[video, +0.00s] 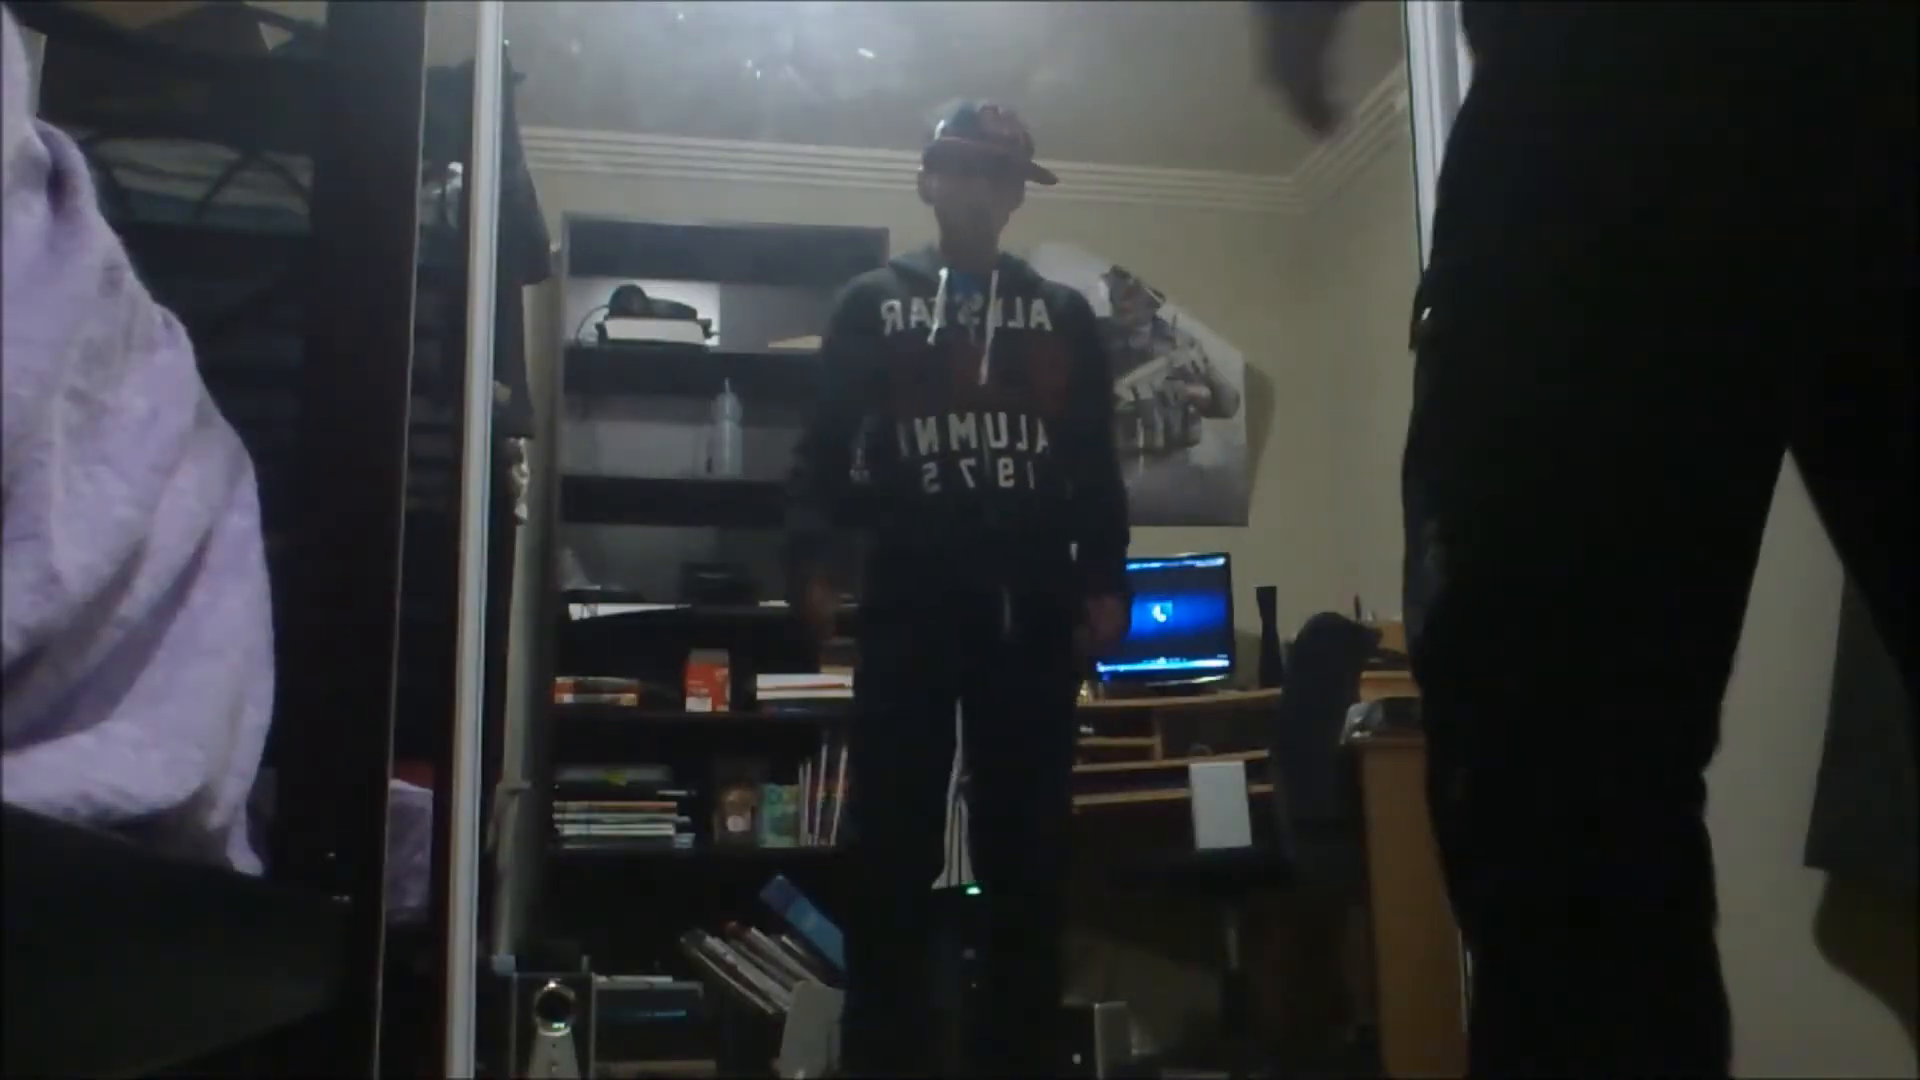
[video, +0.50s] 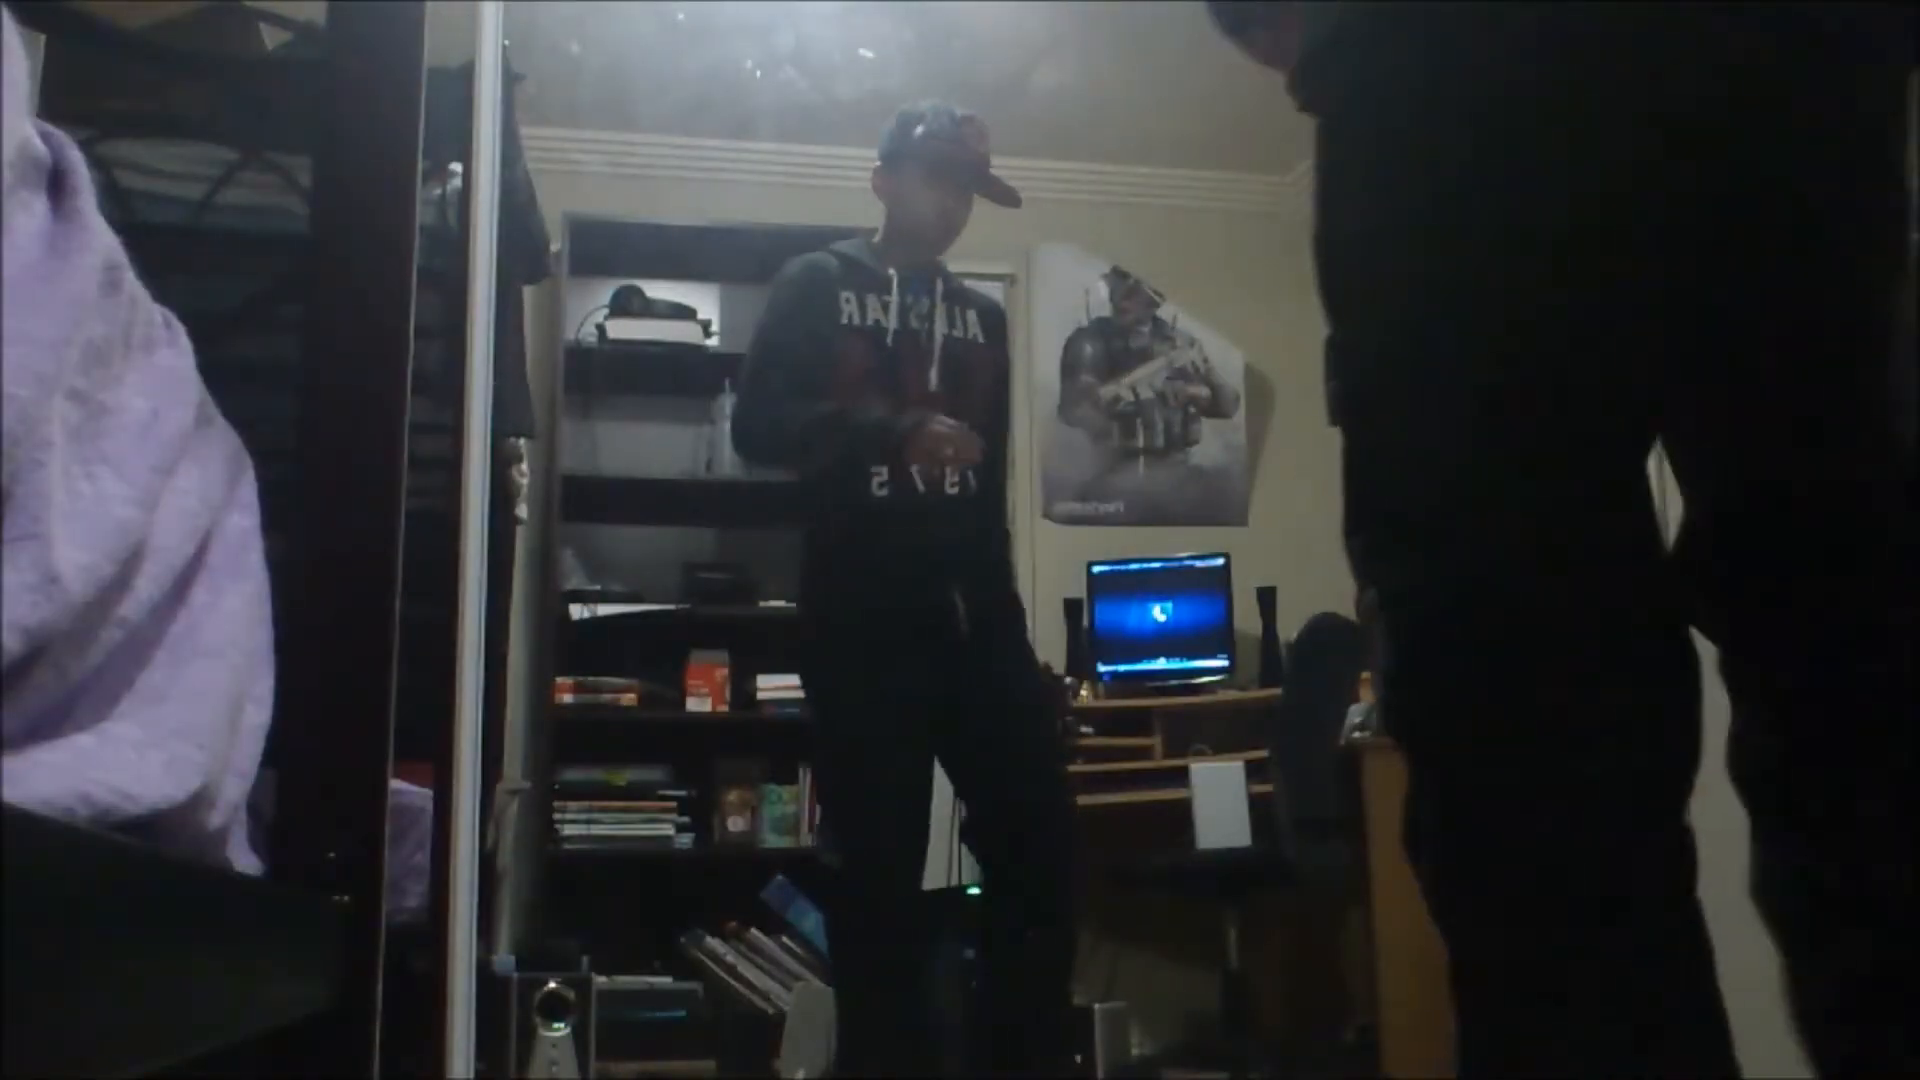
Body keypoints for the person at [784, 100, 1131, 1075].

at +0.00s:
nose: (981, 188)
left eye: (1001, 174)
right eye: (965, 167)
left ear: (1022, 191)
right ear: (927, 179)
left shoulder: (1063, 313)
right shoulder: (873, 304)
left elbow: (1096, 458)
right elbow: (823, 448)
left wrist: (1107, 581)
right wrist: (811, 564)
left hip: (1032, 600)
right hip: (907, 596)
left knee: (1024, 840)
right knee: (894, 837)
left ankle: (1019, 1050)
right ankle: (887, 1049)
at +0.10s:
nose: (969, 194)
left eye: (989, 179)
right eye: (954, 172)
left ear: (1011, 195)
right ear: (918, 182)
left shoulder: (1046, 317)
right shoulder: (861, 302)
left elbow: (1079, 474)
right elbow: (794, 448)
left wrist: (1099, 602)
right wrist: (812, 539)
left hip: (1023, 612)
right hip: (900, 607)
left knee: (1021, 852)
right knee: (895, 849)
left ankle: (1016, 1057)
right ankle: (891, 1055)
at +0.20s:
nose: (965, 196)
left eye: (983, 181)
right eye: (949, 173)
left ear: (1002, 196)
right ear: (908, 181)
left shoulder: (1028, 318)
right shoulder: (845, 297)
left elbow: (1056, 481)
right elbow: (770, 441)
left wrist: (1082, 618)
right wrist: (815, 510)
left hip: (1013, 621)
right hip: (893, 614)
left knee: (1019, 861)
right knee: (893, 860)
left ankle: (1016, 1059)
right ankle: (890, 1058)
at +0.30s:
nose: (960, 197)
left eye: (977, 182)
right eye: (944, 174)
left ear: (992, 196)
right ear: (897, 179)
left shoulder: (1010, 317)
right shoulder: (831, 294)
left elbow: (1037, 492)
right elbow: (754, 433)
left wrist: (1066, 636)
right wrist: (834, 484)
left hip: (1004, 629)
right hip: (883, 623)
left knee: (1023, 871)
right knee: (887, 869)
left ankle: (1018, 1065)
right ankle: (888, 1066)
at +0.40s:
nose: (954, 199)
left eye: (971, 184)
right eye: (939, 175)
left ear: (983, 197)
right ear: (891, 176)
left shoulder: (993, 313)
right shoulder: (817, 290)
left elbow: (1016, 488)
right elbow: (752, 432)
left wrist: (1035, 642)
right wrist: (859, 456)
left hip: (987, 628)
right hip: (872, 623)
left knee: (1029, 863)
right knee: (885, 869)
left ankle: (1019, 1062)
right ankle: (886, 1065)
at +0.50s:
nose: (954, 204)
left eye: (968, 188)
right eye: (938, 179)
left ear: (978, 199)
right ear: (885, 179)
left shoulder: (985, 318)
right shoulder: (816, 284)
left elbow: (998, 483)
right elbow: (757, 428)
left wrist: (1016, 638)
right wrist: (893, 433)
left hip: (976, 615)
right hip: (862, 610)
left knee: (1035, 843)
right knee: (878, 860)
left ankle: (1021, 1061)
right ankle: (881, 1066)